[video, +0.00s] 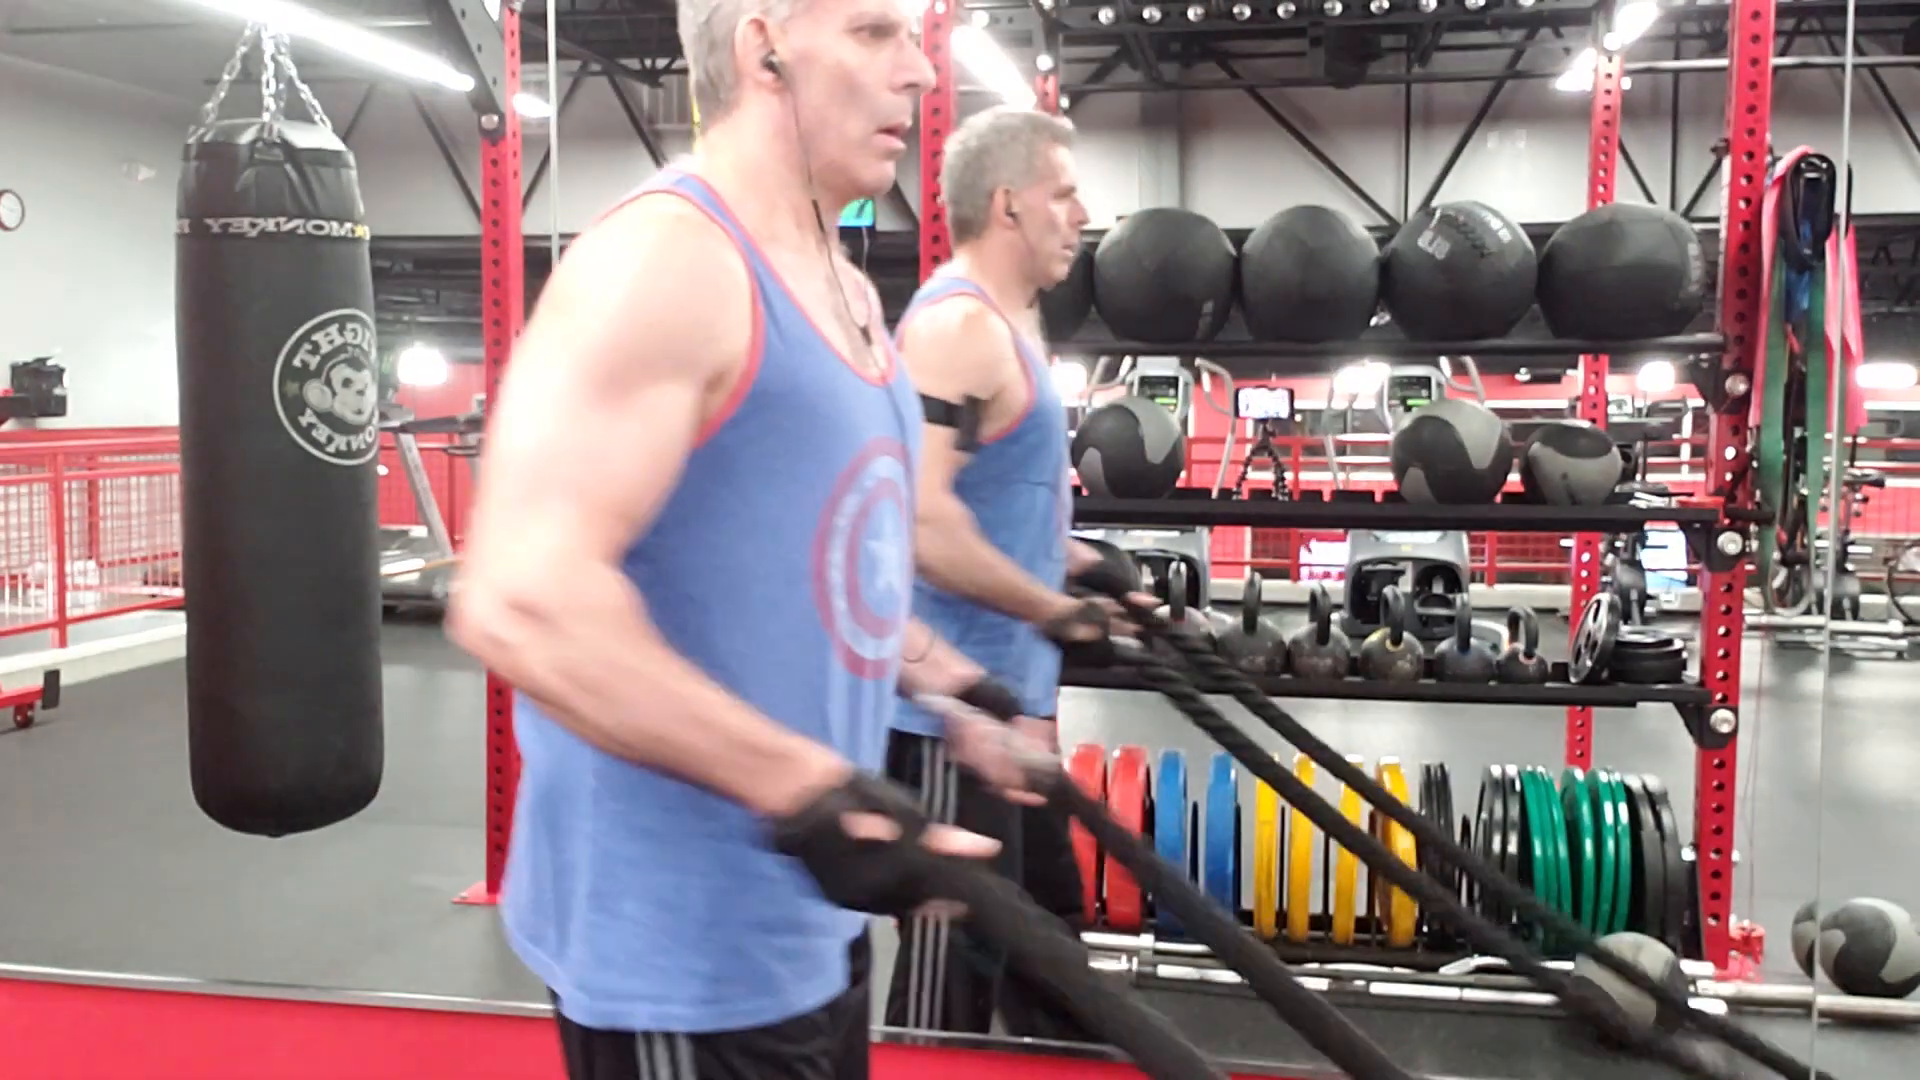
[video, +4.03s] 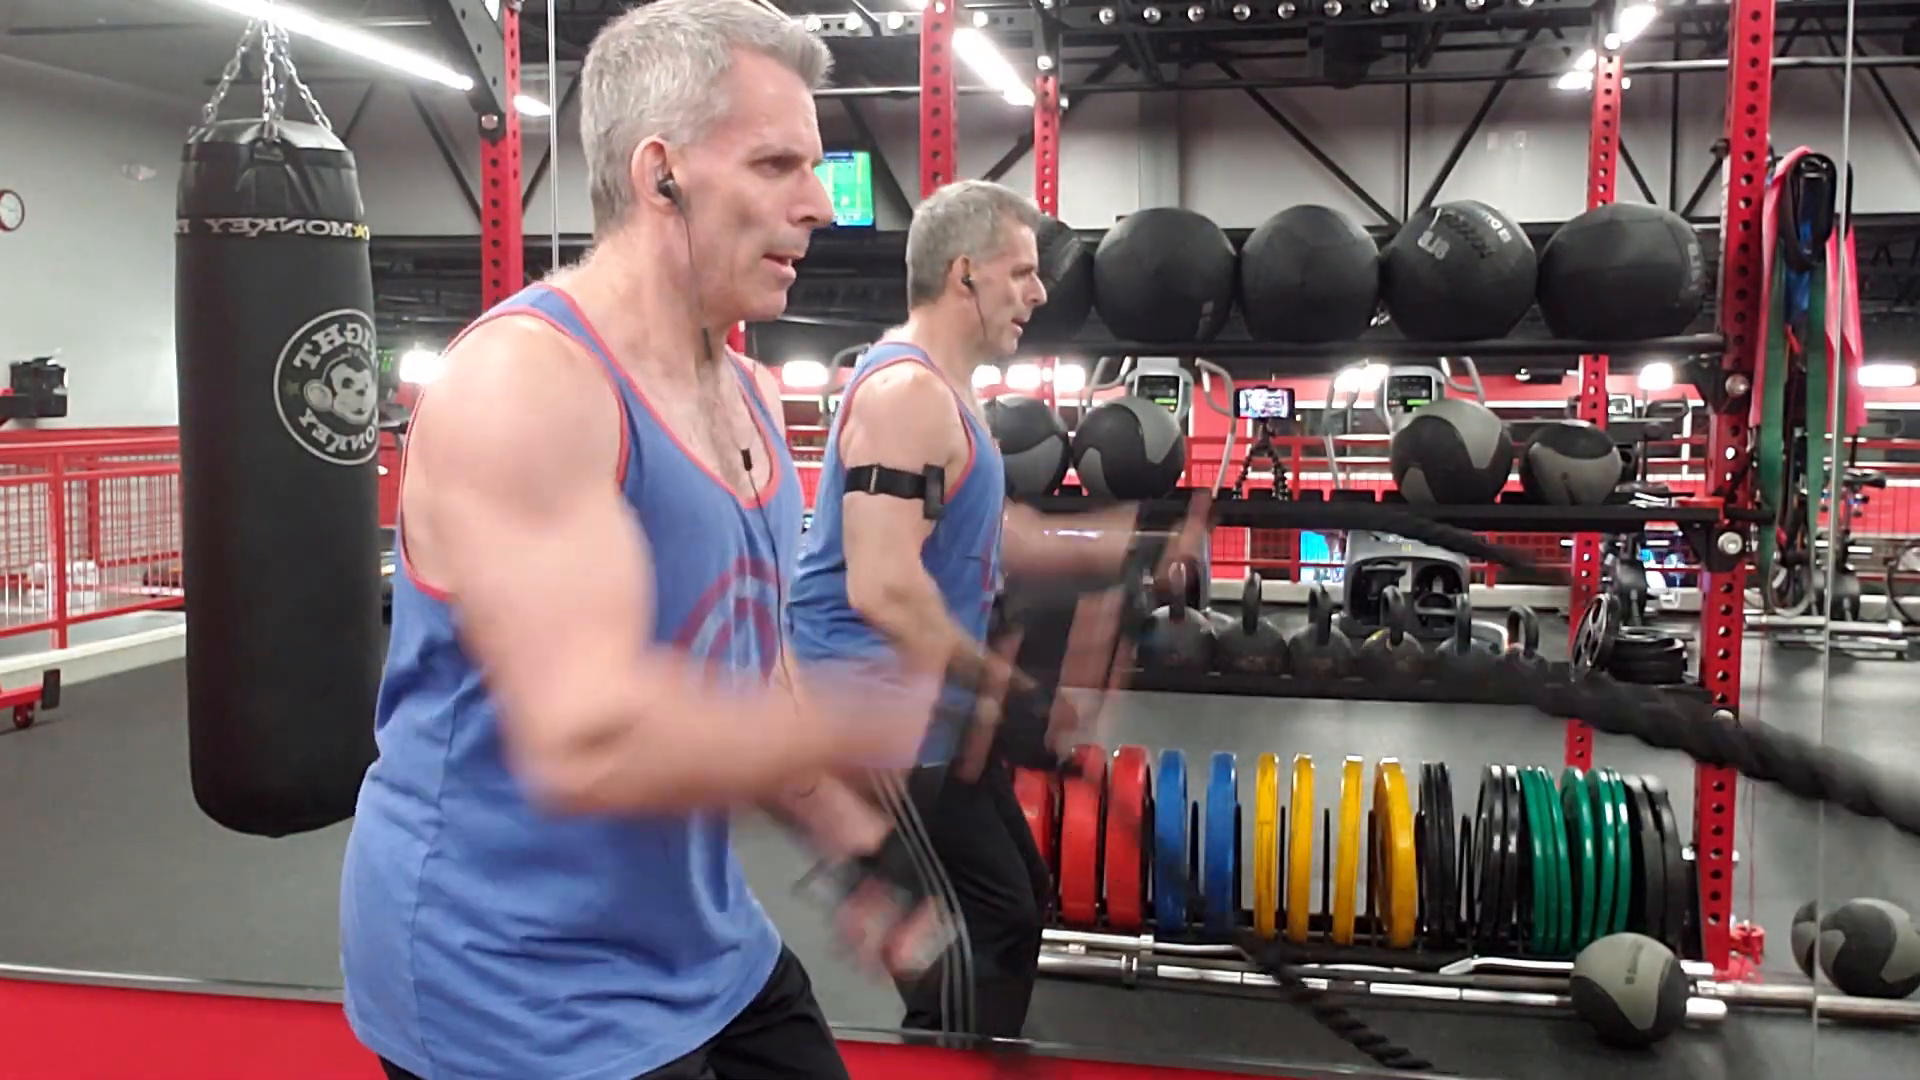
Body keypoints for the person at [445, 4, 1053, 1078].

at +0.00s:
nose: (918, 74)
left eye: (916, 41)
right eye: (875, 31)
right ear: (764, 39)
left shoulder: (838, 280)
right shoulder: (662, 257)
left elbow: (821, 571)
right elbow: (518, 594)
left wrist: (965, 704)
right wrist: (809, 791)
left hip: (806, 910)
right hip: (686, 948)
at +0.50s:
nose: (769, 71)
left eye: (766, 38)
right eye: (723, 29)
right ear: (606, 40)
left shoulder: (734, 283)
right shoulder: (505, 266)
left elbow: (766, 567)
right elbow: (441, 633)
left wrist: (923, 706)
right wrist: (739, 841)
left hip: (736, 915)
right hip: (564, 951)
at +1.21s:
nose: (844, 181)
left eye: (852, 145)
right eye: (817, 134)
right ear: (706, 104)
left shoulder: (778, 328)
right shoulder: (539, 304)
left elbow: (775, 601)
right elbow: (447, 656)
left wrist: (902, 772)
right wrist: (685, 887)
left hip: (748, 925)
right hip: (574, 967)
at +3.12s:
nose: (824, 183)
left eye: (819, 146)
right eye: (784, 142)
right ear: (666, 154)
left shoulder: (742, 378)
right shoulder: (541, 386)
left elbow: (747, 671)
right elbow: (418, 755)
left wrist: (876, 857)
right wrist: (645, 1011)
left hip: (731, 956)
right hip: (528, 1014)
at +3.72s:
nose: (839, 189)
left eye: (835, 153)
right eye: (797, 149)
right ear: (682, 165)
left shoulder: (751, 393)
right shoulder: (553, 383)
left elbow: (739, 686)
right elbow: (432, 754)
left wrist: (870, 865)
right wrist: (674, 1017)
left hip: (733, 959)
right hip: (533, 1017)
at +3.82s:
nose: (819, 189)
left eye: (817, 155)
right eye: (781, 149)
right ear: (666, 158)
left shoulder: (746, 388)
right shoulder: (533, 367)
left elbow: (730, 696)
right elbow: (533, 723)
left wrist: (827, 891)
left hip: (722, 947)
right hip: (541, 986)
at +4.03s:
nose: (815, 206)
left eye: (812, 168)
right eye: (775, 164)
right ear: (658, 175)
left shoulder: (741, 388)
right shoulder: (516, 383)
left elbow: (752, 673)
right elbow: (581, 740)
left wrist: (857, 855)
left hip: (697, 924)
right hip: (516, 967)